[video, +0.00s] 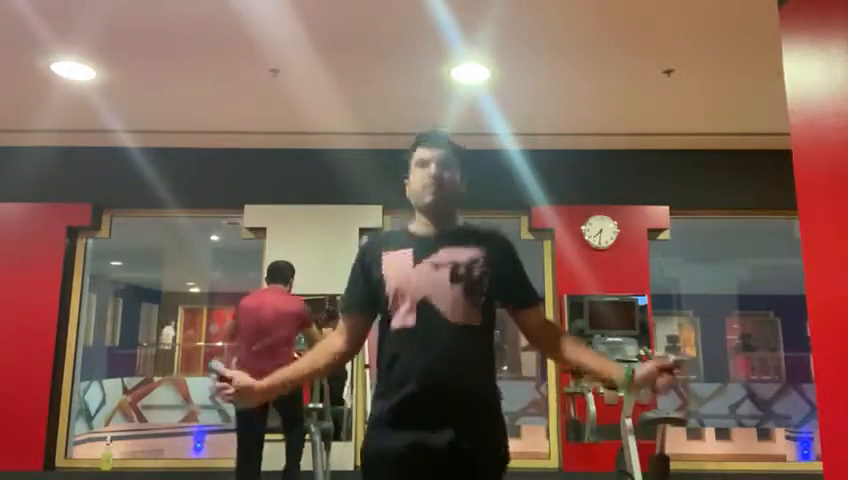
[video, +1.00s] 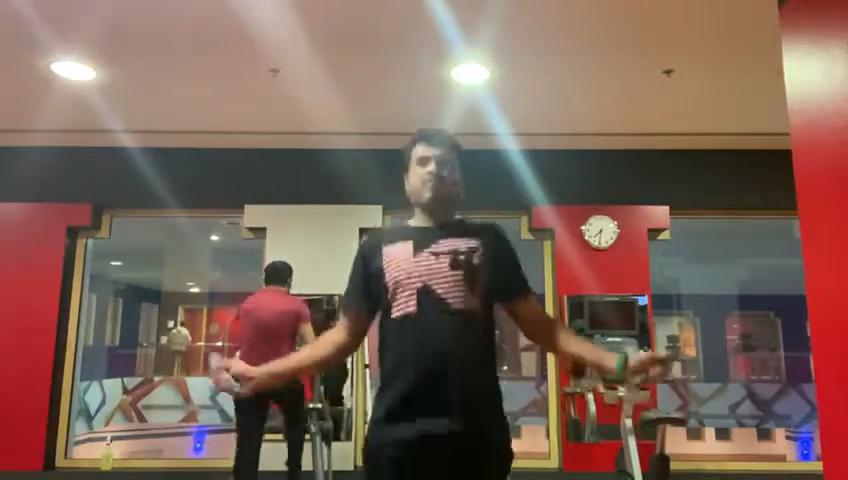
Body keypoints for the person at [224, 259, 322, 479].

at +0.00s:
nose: (292, 285)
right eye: (292, 282)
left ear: (266, 280)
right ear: (290, 282)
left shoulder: (246, 302)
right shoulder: (296, 305)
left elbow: (229, 334)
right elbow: (315, 340)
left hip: (247, 379)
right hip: (284, 378)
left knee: (249, 443)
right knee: (294, 428)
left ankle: (247, 475)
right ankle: (292, 471)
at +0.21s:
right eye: (295, 277)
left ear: (270, 276)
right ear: (294, 278)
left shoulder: (254, 297)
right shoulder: (300, 301)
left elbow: (248, 337)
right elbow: (312, 347)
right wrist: (317, 354)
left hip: (251, 379)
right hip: (286, 378)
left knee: (253, 441)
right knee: (293, 432)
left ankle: (250, 476)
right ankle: (293, 475)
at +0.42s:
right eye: (294, 278)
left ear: (269, 277)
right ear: (294, 279)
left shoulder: (251, 299)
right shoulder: (304, 303)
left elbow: (240, 335)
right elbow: (322, 338)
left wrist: (236, 363)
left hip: (254, 377)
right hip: (290, 377)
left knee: (253, 431)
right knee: (286, 437)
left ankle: (251, 474)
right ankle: (285, 476)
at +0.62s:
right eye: (290, 277)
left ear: (266, 277)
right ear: (290, 278)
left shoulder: (246, 301)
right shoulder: (300, 303)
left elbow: (227, 341)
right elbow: (319, 327)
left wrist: (233, 357)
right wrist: (335, 327)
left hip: (249, 378)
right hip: (283, 378)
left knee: (255, 434)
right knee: (283, 436)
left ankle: (258, 473)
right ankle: (282, 474)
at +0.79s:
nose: (289, 281)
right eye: (290, 277)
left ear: (264, 276)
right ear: (288, 277)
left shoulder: (243, 300)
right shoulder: (297, 302)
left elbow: (225, 340)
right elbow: (318, 333)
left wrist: (246, 333)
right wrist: (329, 328)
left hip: (247, 381)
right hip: (282, 381)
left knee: (253, 439)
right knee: (293, 424)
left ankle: (252, 477)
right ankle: (289, 474)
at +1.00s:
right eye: (289, 281)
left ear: (264, 280)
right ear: (288, 281)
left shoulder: (247, 304)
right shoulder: (297, 305)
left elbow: (234, 342)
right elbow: (310, 344)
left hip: (251, 379)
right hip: (286, 379)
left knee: (248, 442)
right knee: (295, 423)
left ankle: (245, 475)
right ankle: (294, 468)